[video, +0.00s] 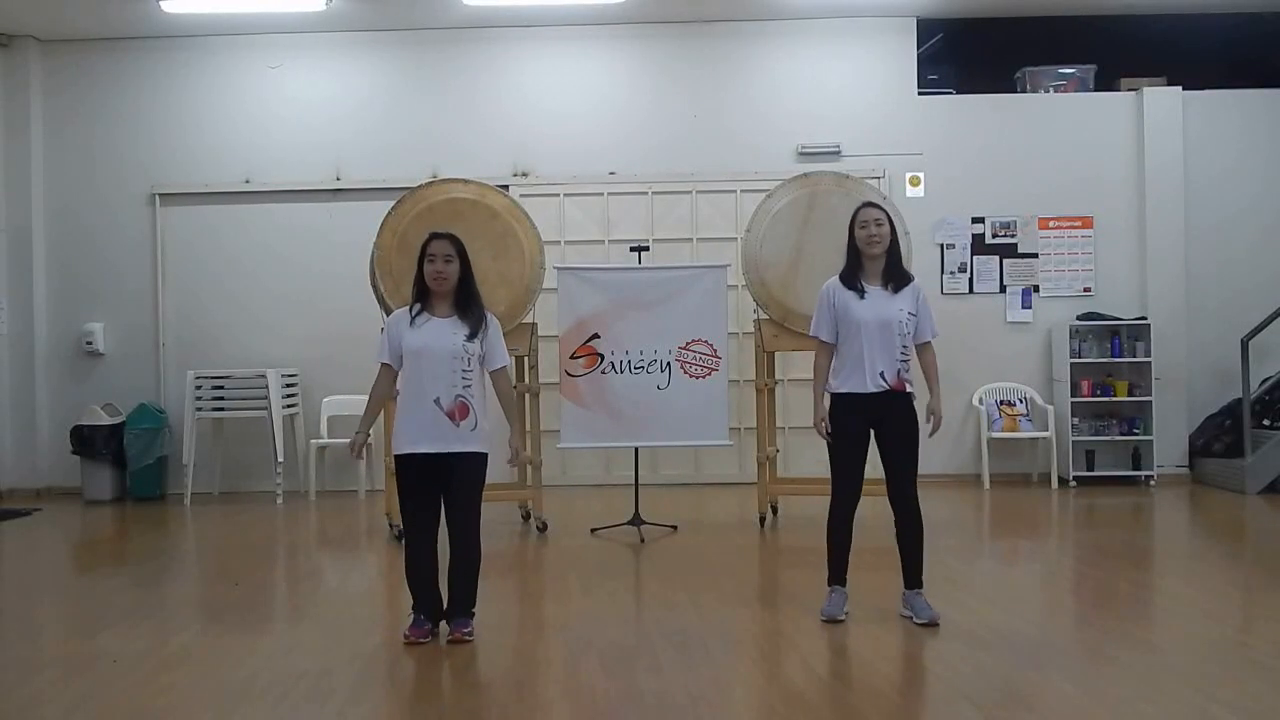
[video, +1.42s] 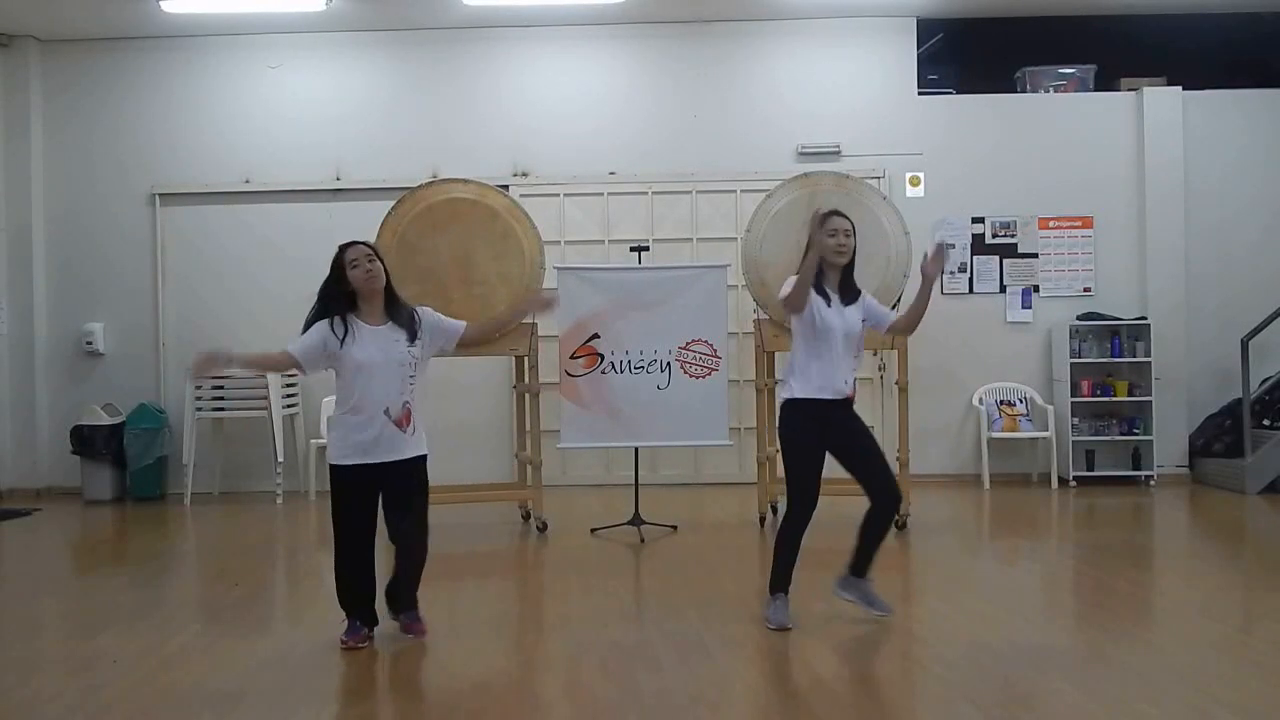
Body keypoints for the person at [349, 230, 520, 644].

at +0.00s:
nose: (439, 267)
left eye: (448, 260)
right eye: (431, 260)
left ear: (462, 267)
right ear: (421, 268)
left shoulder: (483, 322)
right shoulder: (400, 321)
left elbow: (502, 382)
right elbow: (387, 379)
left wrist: (517, 432)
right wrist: (363, 429)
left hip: (467, 447)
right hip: (413, 447)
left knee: (464, 534)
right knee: (418, 535)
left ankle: (461, 615)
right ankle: (424, 614)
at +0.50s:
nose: (431, 273)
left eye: (442, 267)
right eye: (426, 265)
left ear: (458, 277)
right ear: (418, 273)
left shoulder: (476, 330)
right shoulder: (399, 326)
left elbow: (497, 381)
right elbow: (390, 377)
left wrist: (506, 412)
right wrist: (351, 412)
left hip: (460, 450)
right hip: (409, 450)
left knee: (458, 532)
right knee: (403, 529)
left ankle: (460, 614)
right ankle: (425, 596)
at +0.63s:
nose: (425, 268)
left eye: (437, 262)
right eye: (421, 260)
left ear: (453, 274)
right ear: (413, 268)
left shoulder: (467, 324)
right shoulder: (394, 321)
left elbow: (479, 381)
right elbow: (371, 370)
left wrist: (462, 369)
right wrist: (324, 368)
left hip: (453, 448)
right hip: (402, 446)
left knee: (455, 535)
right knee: (385, 524)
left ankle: (459, 616)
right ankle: (401, 592)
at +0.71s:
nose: (419, 262)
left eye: (431, 258)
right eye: (414, 255)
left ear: (447, 270)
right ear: (406, 264)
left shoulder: (457, 319)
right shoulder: (384, 318)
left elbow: (454, 371)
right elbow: (359, 368)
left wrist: (417, 340)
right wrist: (339, 344)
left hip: (445, 445)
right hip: (392, 444)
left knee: (452, 531)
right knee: (375, 529)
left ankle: (459, 616)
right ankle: (370, 611)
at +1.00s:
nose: (390, 263)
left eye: (399, 258)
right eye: (382, 257)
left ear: (413, 272)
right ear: (371, 271)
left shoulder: (428, 321)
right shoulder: (352, 322)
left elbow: (447, 368)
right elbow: (310, 361)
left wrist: (430, 359)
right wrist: (284, 355)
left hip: (411, 448)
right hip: (357, 449)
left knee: (425, 533)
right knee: (356, 537)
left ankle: (452, 614)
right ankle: (360, 619)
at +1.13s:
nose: (375, 267)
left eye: (382, 261)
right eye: (366, 262)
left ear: (395, 274)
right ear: (354, 277)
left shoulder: (421, 326)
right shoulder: (337, 330)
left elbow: (462, 361)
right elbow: (288, 368)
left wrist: (503, 367)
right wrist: (222, 378)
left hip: (405, 450)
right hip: (351, 452)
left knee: (406, 532)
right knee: (351, 539)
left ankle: (417, 607)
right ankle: (360, 618)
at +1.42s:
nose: (367, 267)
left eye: (372, 259)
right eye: (355, 264)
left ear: (386, 270)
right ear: (345, 281)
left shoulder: (416, 321)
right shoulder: (334, 329)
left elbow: (472, 335)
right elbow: (287, 360)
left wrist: (522, 312)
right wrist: (230, 361)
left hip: (407, 451)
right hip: (351, 455)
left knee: (413, 538)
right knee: (354, 541)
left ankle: (404, 603)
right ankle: (359, 619)